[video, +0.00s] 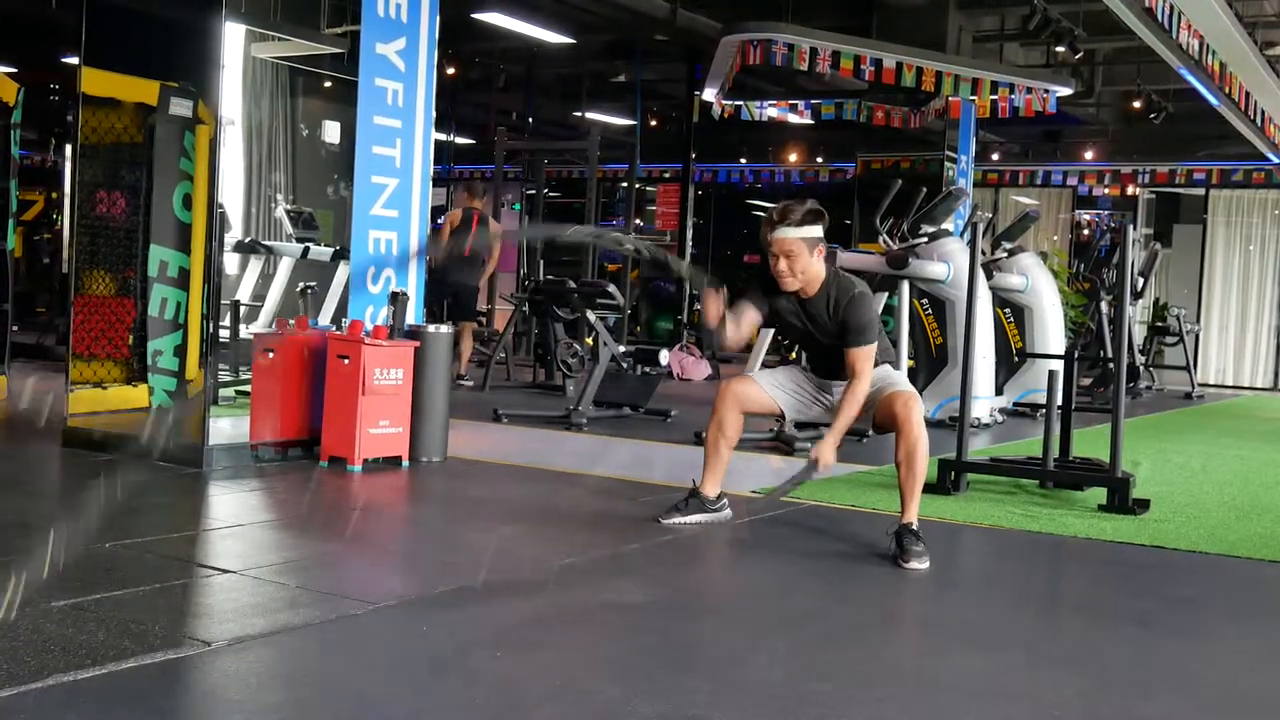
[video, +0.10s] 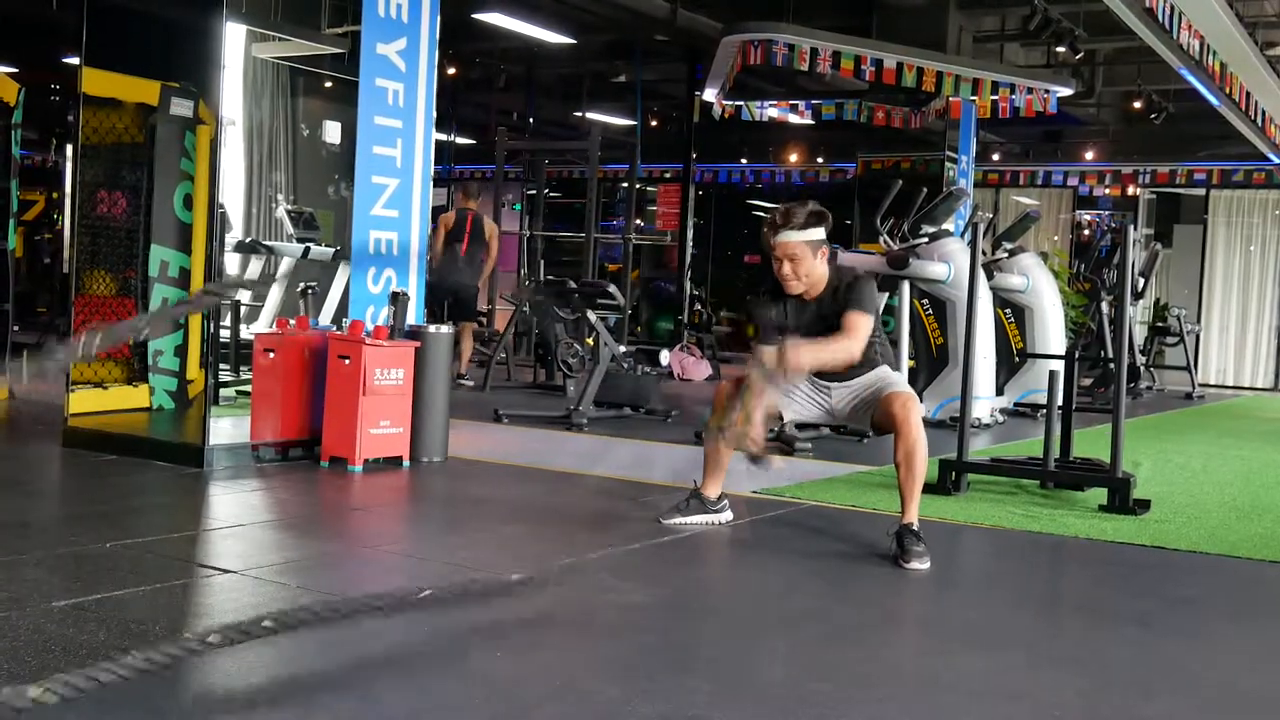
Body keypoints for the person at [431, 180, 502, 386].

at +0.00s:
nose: (461, 198)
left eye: (462, 194)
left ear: (466, 195)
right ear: (484, 199)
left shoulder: (452, 216)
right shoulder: (494, 226)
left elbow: (441, 248)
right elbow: (493, 259)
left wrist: (437, 265)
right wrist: (479, 282)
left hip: (445, 281)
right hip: (470, 284)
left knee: (438, 326)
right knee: (466, 329)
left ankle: (435, 372)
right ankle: (462, 373)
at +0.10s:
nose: (456, 198)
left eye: (457, 195)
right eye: (459, 195)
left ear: (460, 196)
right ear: (478, 199)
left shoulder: (446, 218)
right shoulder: (490, 226)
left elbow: (437, 250)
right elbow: (492, 258)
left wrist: (437, 270)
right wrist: (480, 281)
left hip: (442, 282)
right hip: (468, 286)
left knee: (437, 328)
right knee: (466, 330)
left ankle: (435, 373)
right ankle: (462, 373)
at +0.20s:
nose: (463, 204)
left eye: (460, 200)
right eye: (466, 200)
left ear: (453, 200)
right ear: (470, 200)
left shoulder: (438, 221)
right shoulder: (481, 224)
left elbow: (433, 253)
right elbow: (489, 254)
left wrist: (436, 273)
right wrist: (479, 278)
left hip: (441, 282)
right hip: (466, 284)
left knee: (438, 328)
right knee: (466, 330)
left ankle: (435, 372)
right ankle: (462, 372)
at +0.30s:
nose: (454, 203)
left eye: (449, 199)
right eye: (458, 199)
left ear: (442, 200)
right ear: (459, 200)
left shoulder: (432, 223)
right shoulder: (470, 223)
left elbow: (424, 252)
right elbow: (481, 253)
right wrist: (478, 274)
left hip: (438, 281)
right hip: (463, 281)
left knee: (435, 328)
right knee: (465, 327)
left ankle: (434, 372)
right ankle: (463, 371)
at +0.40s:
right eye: (444, 200)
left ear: (431, 203)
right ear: (448, 202)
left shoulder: (424, 222)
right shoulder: (460, 222)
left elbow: (419, 255)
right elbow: (472, 251)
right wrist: (473, 278)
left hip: (433, 284)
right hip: (458, 282)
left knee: (437, 327)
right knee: (471, 323)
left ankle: (436, 369)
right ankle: (466, 365)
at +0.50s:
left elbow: (424, 261)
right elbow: (467, 257)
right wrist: (470, 276)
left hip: (436, 284)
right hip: (458, 282)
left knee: (438, 326)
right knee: (476, 314)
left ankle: (439, 366)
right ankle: (475, 351)